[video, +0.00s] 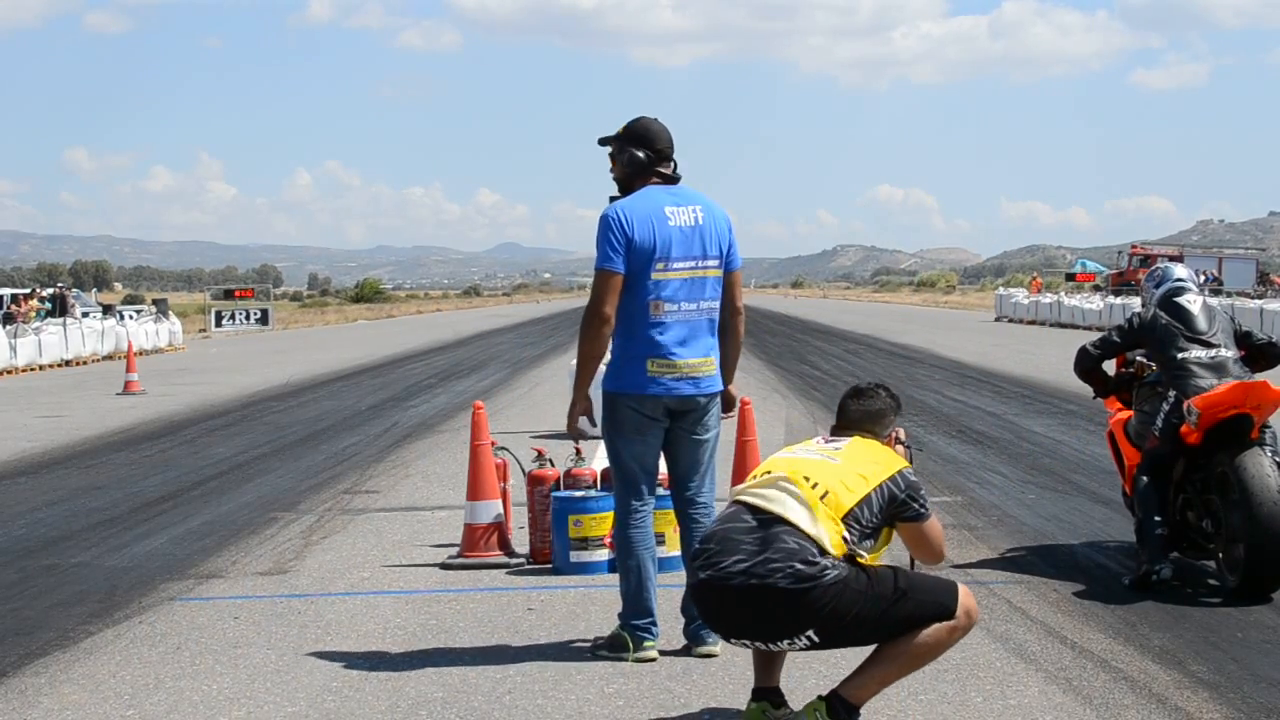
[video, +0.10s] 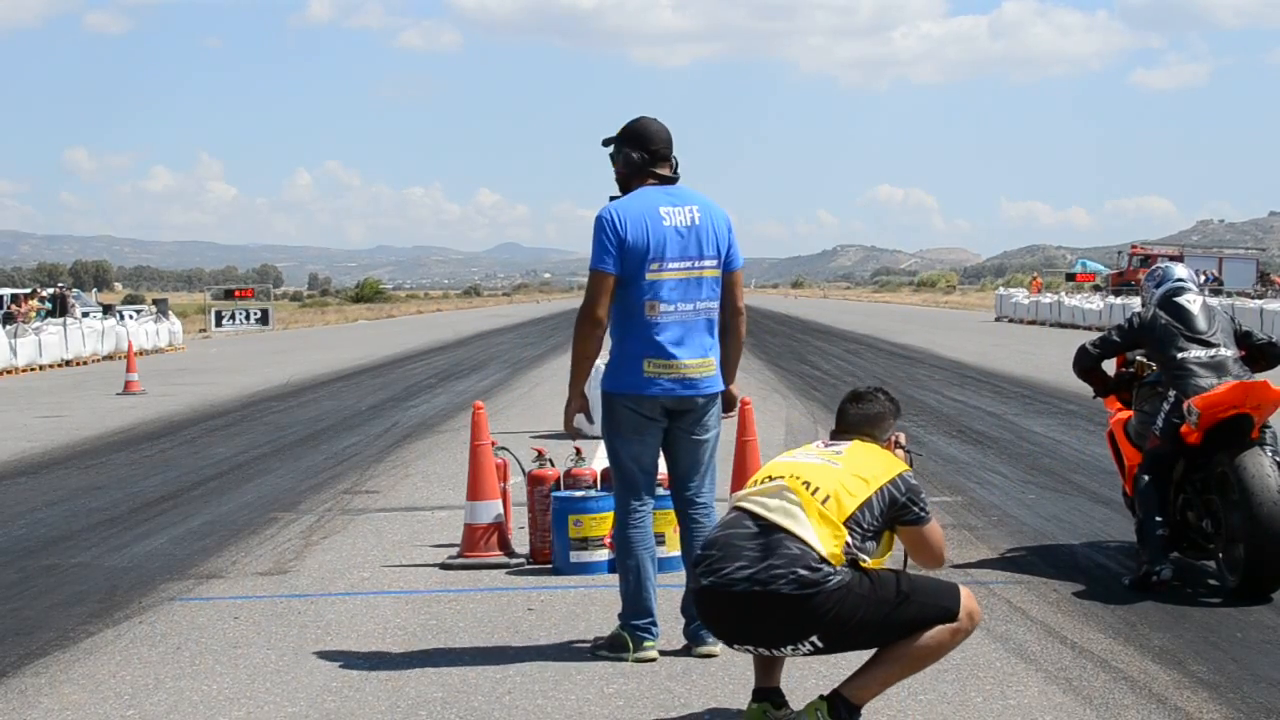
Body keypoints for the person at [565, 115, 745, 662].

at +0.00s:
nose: (611, 170)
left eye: (616, 160)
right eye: (612, 160)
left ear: (637, 162)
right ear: (668, 163)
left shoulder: (622, 216)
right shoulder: (717, 216)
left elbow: (603, 314)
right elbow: (734, 311)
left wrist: (581, 388)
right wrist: (726, 379)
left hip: (637, 384)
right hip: (701, 383)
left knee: (635, 505)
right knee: (698, 504)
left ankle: (639, 631)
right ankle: (705, 629)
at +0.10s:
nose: (613, 169)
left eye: (617, 160)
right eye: (614, 160)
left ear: (634, 162)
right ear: (669, 162)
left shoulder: (618, 217)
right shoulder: (715, 216)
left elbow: (596, 314)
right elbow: (735, 310)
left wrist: (577, 385)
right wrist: (727, 379)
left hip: (635, 385)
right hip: (701, 383)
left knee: (635, 504)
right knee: (699, 503)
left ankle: (639, 631)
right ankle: (705, 629)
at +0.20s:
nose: (614, 168)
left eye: (616, 160)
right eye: (615, 160)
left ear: (627, 163)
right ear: (671, 163)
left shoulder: (613, 218)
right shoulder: (714, 216)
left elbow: (590, 312)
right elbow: (735, 310)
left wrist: (573, 383)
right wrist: (727, 378)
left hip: (633, 385)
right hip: (701, 384)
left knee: (634, 504)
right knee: (699, 504)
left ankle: (639, 631)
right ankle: (704, 629)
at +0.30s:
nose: (619, 168)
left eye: (619, 162)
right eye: (625, 161)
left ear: (622, 165)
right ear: (672, 162)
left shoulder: (608, 219)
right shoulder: (712, 216)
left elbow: (584, 311)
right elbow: (734, 311)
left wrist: (569, 383)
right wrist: (726, 378)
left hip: (630, 385)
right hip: (699, 384)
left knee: (633, 504)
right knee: (699, 504)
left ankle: (639, 631)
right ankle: (705, 630)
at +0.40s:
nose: (618, 166)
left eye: (618, 160)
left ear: (619, 164)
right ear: (670, 162)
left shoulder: (603, 220)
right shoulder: (710, 217)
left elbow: (578, 312)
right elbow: (732, 312)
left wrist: (566, 385)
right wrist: (726, 380)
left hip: (626, 385)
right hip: (695, 383)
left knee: (631, 505)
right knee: (697, 503)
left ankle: (639, 630)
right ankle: (704, 629)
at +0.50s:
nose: (617, 165)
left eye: (617, 158)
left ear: (617, 164)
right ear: (668, 162)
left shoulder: (598, 220)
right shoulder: (707, 217)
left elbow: (574, 314)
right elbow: (730, 313)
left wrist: (563, 388)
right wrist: (727, 382)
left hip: (623, 386)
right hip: (692, 384)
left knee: (629, 505)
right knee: (695, 504)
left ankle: (639, 631)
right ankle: (704, 629)